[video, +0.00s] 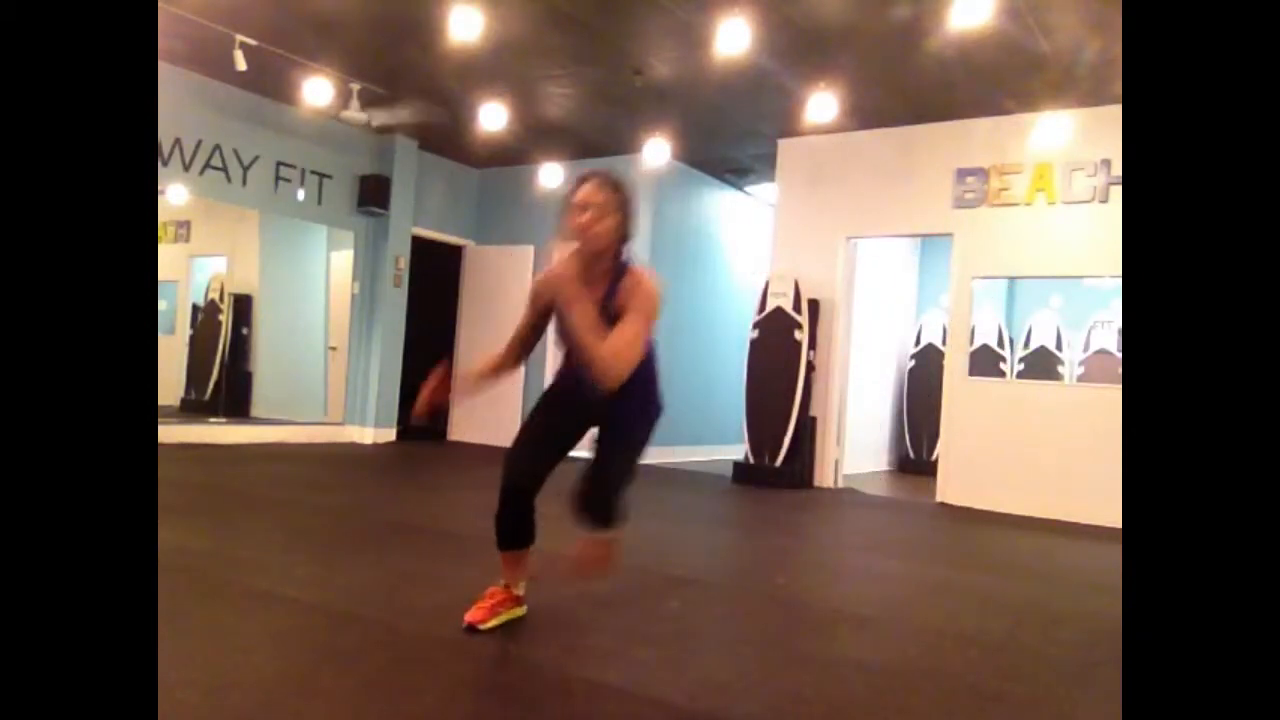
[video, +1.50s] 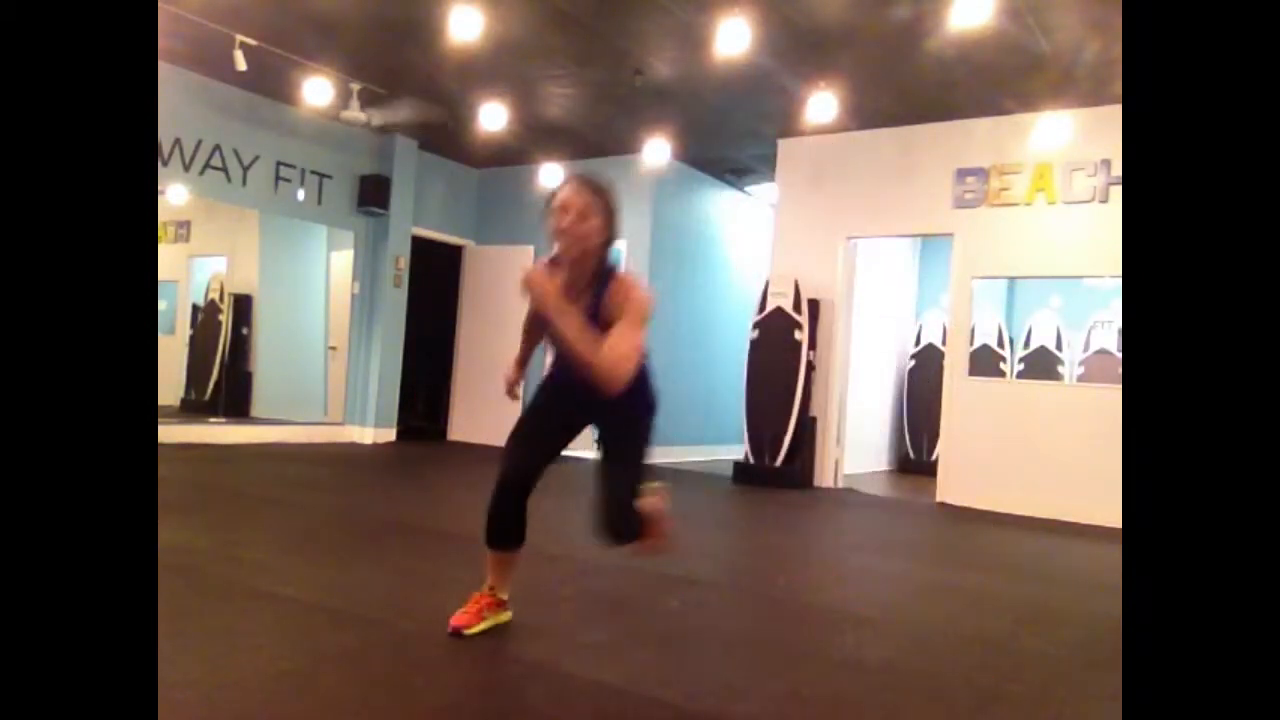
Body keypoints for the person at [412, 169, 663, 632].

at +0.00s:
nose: (584, 220)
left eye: (597, 211)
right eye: (577, 209)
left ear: (621, 223)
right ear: (568, 219)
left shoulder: (639, 287)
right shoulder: (556, 280)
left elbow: (610, 369)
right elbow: (516, 351)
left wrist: (573, 293)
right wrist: (463, 382)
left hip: (630, 401)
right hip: (574, 388)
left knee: (595, 498)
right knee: (518, 477)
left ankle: (604, 531)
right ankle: (511, 590)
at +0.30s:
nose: (771, 141)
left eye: (782, 130)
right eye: (760, 131)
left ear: (802, 145)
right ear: (744, 145)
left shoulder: (831, 206)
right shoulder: (722, 205)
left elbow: (910, 260)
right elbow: (672, 289)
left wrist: (837, 269)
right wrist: (698, 243)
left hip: (792, 358)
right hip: (723, 352)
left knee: (846, 465)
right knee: (646, 443)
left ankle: (914, 587)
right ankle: (576, 535)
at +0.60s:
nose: (911, 252)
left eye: (923, 241)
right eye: (896, 244)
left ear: (940, 252)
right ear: (877, 258)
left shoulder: (958, 310)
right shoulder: (850, 323)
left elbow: (959, 357)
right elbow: (868, 426)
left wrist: (964, 406)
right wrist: (904, 357)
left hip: (923, 424)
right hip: (860, 434)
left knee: (946, 536)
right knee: (868, 568)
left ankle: (954, 650)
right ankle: (889, 535)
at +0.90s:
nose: (901, 239)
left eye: (913, 227)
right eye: (888, 229)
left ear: (933, 240)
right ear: (870, 243)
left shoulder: (953, 312)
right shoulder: (838, 310)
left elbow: (971, 382)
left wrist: (1002, 456)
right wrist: (868, 436)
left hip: (927, 429)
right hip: (860, 434)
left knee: (936, 544)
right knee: (876, 558)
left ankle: (953, 648)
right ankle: (943, 570)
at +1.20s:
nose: (732, 121)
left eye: (747, 110)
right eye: (721, 111)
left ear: (773, 121)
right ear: (709, 124)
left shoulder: (800, 183)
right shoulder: (700, 197)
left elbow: (851, 225)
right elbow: (658, 243)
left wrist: (766, 198)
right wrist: (620, 296)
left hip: (790, 349)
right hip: (725, 344)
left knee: (860, 476)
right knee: (637, 423)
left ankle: (931, 602)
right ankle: (579, 524)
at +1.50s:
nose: (568, 224)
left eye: (583, 215)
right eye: (561, 213)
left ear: (606, 228)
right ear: (550, 223)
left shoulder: (629, 293)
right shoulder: (545, 277)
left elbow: (614, 374)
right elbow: (537, 322)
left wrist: (553, 304)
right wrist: (519, 365)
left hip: (623, 400)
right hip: (566, 388)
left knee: (618, 524)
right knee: (512, 480)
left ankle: (653, 513)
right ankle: (494, 595)